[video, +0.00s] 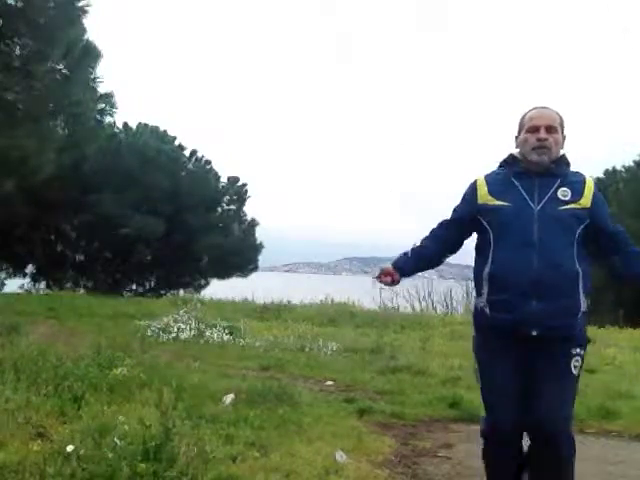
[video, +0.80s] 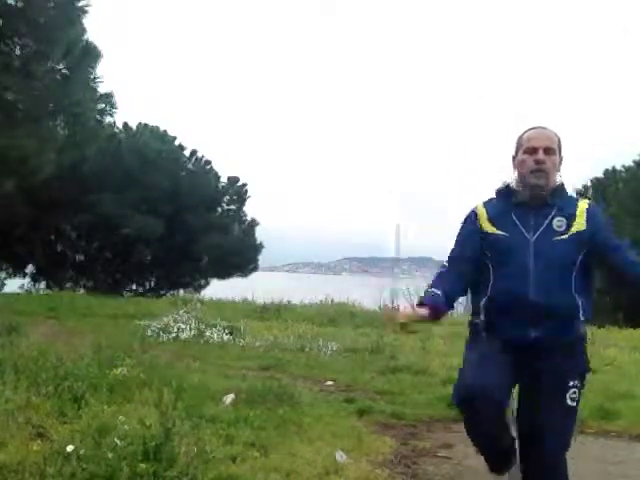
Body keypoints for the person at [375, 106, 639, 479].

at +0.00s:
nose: (542, 136)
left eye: (550, 130)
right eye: (533, 130)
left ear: (562, 140)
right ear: (518, 140)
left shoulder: (584, 192)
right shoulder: (486, 189)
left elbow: (620, 250)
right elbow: (446, 237)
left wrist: (638, 273)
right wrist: (401, 266)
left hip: (560, 333)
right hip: (498, 330)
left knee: (553, 429)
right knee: (501, 428)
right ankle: (503, 476)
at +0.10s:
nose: (542, 156)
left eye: (551, 150)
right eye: (533, 150)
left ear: (564, 161)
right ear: (518, 160)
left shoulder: (590, 212)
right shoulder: (487, 211)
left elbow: (634, 258)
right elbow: (444, 260)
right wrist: (392, 283)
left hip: (561, 348)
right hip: (496, 345)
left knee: (547, 446)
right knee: (484, 419)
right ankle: (520, 470)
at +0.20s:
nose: (542, 146)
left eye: (551, 141)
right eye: (533, 140)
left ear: (562, 153)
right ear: (518, 151)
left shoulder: (584, 202)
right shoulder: (490, 205)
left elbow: (614, 245)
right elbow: (468, 264)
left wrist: (628, 281)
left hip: (559, 340)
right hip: (497, 337)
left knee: (549, 443)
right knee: (478, 397)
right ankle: (500, 474)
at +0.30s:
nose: (541, 130)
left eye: (550, 125)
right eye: (532, 124)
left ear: (562, 134)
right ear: (517, 133)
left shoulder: (574, 169)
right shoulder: (496, 177)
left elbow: (570, 209)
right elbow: (496, 247)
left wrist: (502, 241)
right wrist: (573, 270)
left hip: (553, 311)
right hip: (499, 310)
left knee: (546, 416)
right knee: (492, 400)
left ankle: (542, 473)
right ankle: (499, 473)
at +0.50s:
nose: (534, 157)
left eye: (542, 151)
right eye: (525, 151)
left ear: (553, 161)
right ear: (510, 160)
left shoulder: (571, 202)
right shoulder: (486, 208)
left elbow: (567, 254)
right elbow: (487, 270)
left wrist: (516, 251)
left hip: (553, 332)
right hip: (497, 334)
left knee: (558, 405)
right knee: (497, 433)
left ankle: (537, 468)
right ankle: (499, 473)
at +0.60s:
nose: (537, 135)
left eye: (546, 129)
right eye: (528, 128)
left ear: (558, 139)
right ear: (512, 138)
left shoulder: (579, 194)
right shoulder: (482, 192)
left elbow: (598, 254)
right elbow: (456, 250)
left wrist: (623, 295)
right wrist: (428, 299)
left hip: (559, 328)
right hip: (498, 329)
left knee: (551, 416)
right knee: (501, 431)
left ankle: (547, 475)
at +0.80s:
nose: (540, 158)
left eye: (548, 152)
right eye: (531, 152)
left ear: (560, 163)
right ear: (515, 162)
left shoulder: (585, 215)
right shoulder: (484, 215)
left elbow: (624, 263)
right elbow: (458, 269)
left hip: (558, 343)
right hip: (494, 340)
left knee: (545, 453)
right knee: (475, 398)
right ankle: (503, 461)